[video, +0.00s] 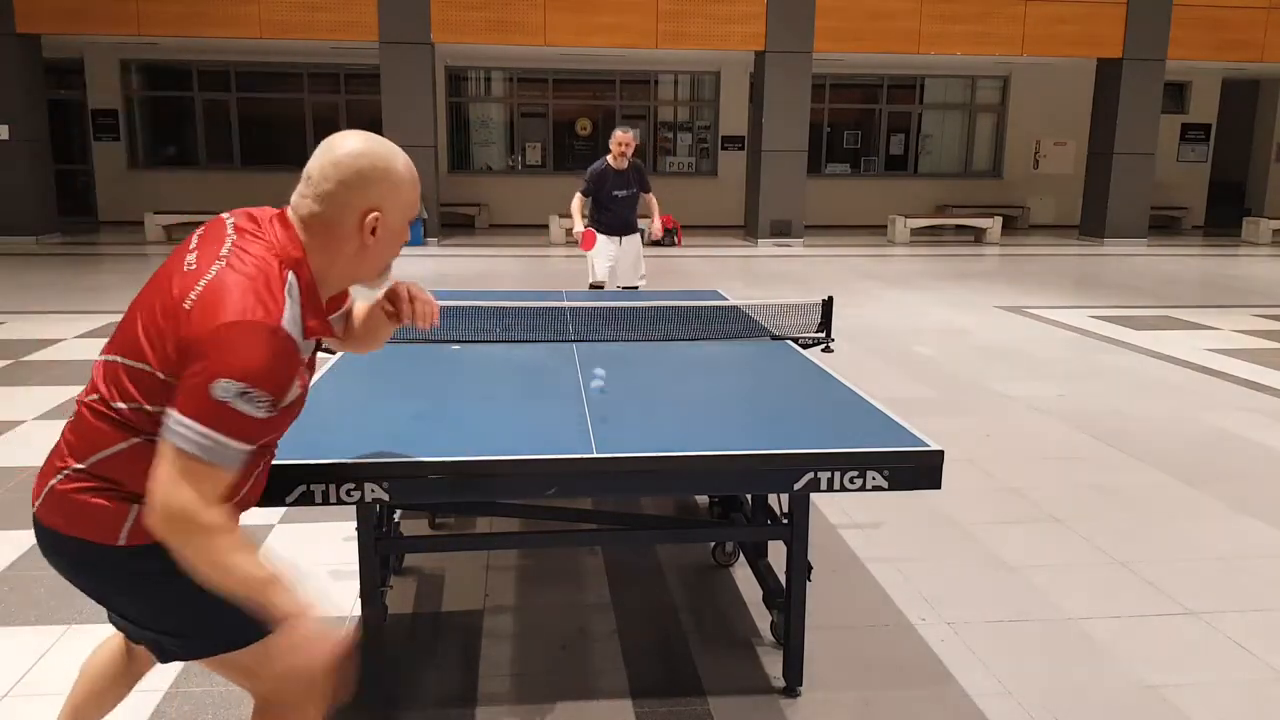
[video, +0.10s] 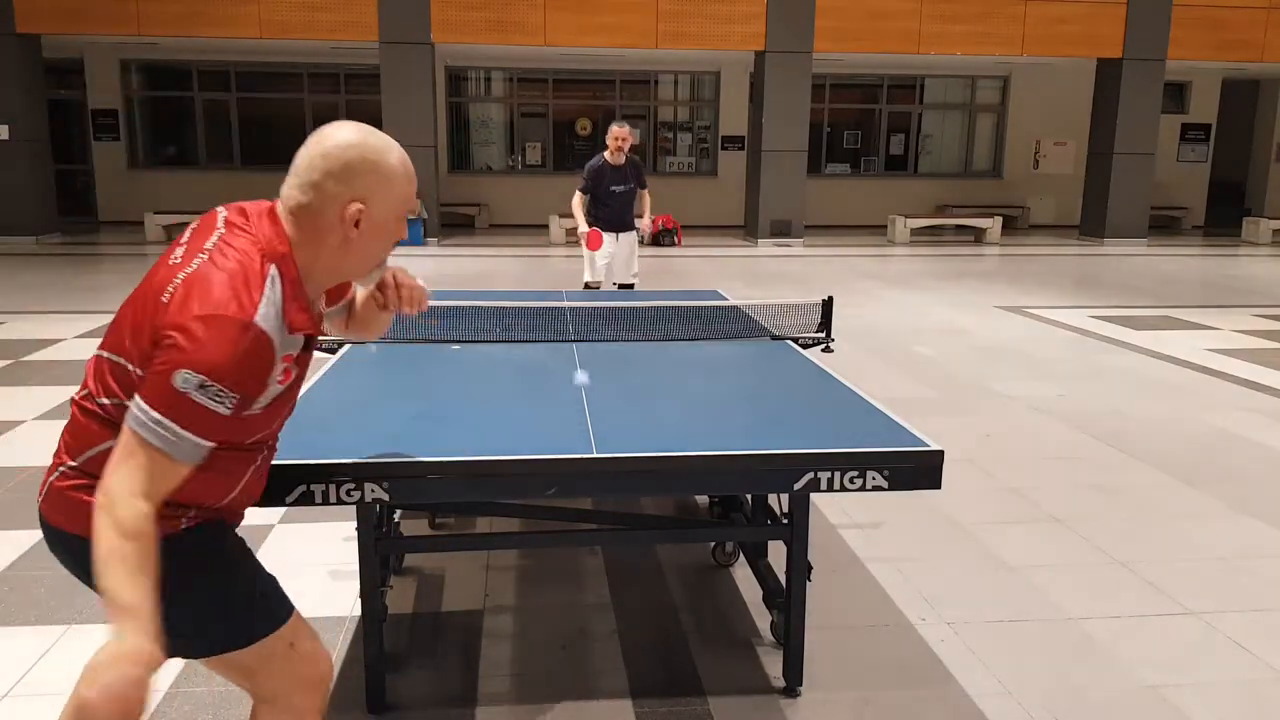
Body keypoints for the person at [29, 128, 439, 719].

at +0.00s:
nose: (404, 243)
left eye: (410, 228)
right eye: (406, 228)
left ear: (309, 194)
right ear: (370, 226)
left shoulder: (258, 231)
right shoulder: (254, 321)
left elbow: (349, 330)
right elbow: (178, 507)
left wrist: (387, 310)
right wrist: (293, 612)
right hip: (111, 525)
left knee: (144, 637)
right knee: (303, 670)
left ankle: (70, 716)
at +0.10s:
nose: (403, 234)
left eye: (408, 221)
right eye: (402, 220)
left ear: (344, 216)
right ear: (354, 219)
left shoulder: (278, 237)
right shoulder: (229, 322)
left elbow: (349, 321)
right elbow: (123, 493)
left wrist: (379, 303)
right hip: (136, 518)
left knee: (139, 646)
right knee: (300, 676)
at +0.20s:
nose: (371, 207)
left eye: (375, 188)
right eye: (368, 188)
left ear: (303, 182)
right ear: (310, 182)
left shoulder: (247, 210)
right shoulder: (204, 287)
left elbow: (306, 287)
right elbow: (127, 475)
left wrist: (339, 282)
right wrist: (157, 616)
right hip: (143, 508)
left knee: (145, 633)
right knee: (292, 677)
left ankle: (73, 716)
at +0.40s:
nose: (264, 104)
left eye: (265, 84)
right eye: (253, 84)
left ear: (184, 82)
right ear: (192, 82)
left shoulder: (82, 156)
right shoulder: (149, 175)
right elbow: (346, 207)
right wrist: (347, 71)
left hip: (72, 481)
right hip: (143, 497)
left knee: (101, 616)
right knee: (251, 673)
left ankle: (38, 718)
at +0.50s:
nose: (201, 80)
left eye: (203, 64)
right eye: (197, 63)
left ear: (88, 62)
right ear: (153, 64)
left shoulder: (31, 150)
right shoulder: (132, 139)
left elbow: (165, 224)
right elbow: (294, 75)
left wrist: (215, 150)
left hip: (41, 474)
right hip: (137, 484)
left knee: (77, 635)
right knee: (248, 675)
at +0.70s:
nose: (123, 104)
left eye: (120, 86)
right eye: (117, 86)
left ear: (14, 88)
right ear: (83, 88)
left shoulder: (9, 161)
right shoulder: (79, 174)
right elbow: (267, 167)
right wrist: (207, 52)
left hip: (11, 506)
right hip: (92, 507)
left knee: (17, 680)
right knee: (231, 672)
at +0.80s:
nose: (113, 106)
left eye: (110, 87)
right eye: (108, 86)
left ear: (8, 88)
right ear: (78, 87)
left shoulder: (11, 167)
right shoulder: (76, 180)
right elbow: (263, 219)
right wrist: (236, 104)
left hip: (8, 503)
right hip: (78, 505)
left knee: (13, 676)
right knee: (217, 671)